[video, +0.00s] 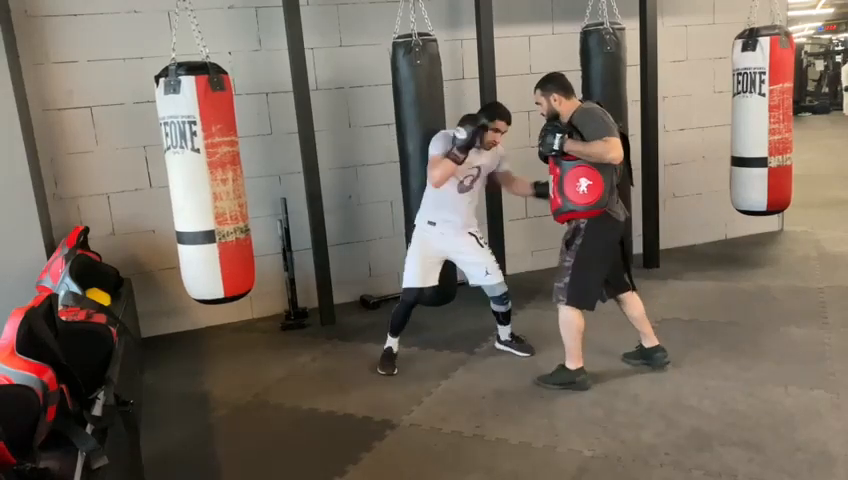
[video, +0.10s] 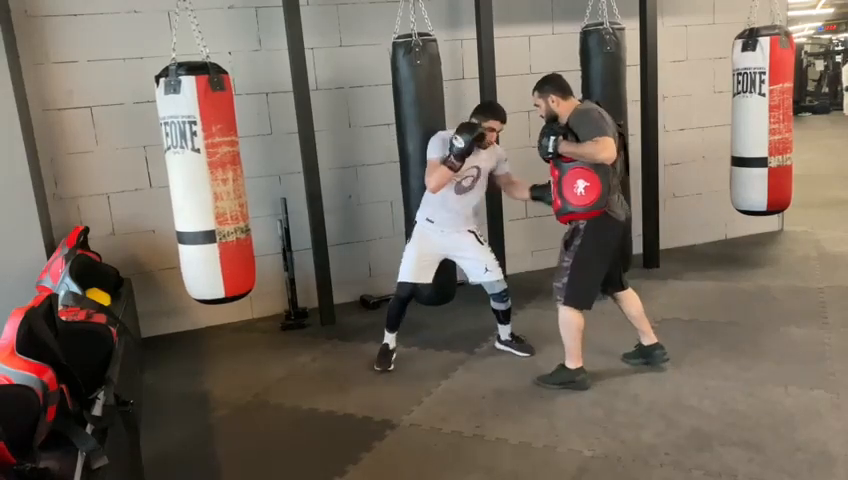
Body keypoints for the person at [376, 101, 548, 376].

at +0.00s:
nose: (500, 139)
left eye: (503, 134)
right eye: (496, 132)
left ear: (501, 132)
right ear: (481, 126)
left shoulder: (495, 154)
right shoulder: (445, 139)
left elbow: (509, 181)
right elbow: (435, 179)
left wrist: (541, 190)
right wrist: (462, 148)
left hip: (465, 232)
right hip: (429, 230)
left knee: (498, 288)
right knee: (411, 293)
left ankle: (505, 338)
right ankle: (390, 348)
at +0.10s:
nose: (495, 138)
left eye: (498, 132)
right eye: (491, 131)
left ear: (497, 131)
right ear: (475, 126)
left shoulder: (495, 154)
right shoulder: (442, 141)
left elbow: (508, 184)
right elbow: (432, 184)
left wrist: (540, 192)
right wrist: (458, 155)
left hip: (465, 232)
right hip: (428, 230)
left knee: (498, 286)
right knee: (404, 289)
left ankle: (505, 337)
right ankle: (387, 345)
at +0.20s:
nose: (488, 136)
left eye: (491, 131)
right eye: (485, 129)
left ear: (492, 130)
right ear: (468, 122)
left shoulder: (482, 152)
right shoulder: (435, 140)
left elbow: (487, 188)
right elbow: (432, 186)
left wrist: (513, 193)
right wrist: (460, 158)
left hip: (462, 231)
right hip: (426, 230)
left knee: (498, 279)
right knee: (405, 291)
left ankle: (505, 336)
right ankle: (381, 340)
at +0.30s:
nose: (477, 133)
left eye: (478, 127)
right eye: (472, 125)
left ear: (475, 127)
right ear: (453, 120)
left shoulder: (468, 147)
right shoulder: (421, 144)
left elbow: (469, 185)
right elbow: (428, 192)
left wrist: (494, 178)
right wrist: (455, 160)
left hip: (453, 229)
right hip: (419, 231)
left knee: (492, 277)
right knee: (407, 294)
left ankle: (505, 336)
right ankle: (380, 341)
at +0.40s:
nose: (457, 129)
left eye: (459, 123)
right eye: (453, 122)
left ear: (453, 123)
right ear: (436, 119)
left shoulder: (446, 147)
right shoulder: (405, 147)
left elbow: (456, 181)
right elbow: (419, 194)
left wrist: (475, 165)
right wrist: (442, 166)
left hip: (441, 228)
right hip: (408, 231)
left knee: (476, 275)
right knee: (398, 293)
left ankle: (502, 334)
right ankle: (378, 342)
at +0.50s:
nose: (445, 117)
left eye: (447, 112)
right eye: (441, 111)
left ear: (429, 110)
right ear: (422, 108)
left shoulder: (433, 136)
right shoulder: (393, 139)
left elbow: (440, 171)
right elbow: (408, 186)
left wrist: (461, 152)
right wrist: (430, 157)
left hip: (432, 221)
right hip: (401, 225)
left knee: (466, 272)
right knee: (392, 288)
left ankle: (494, 331)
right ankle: (377, 342)